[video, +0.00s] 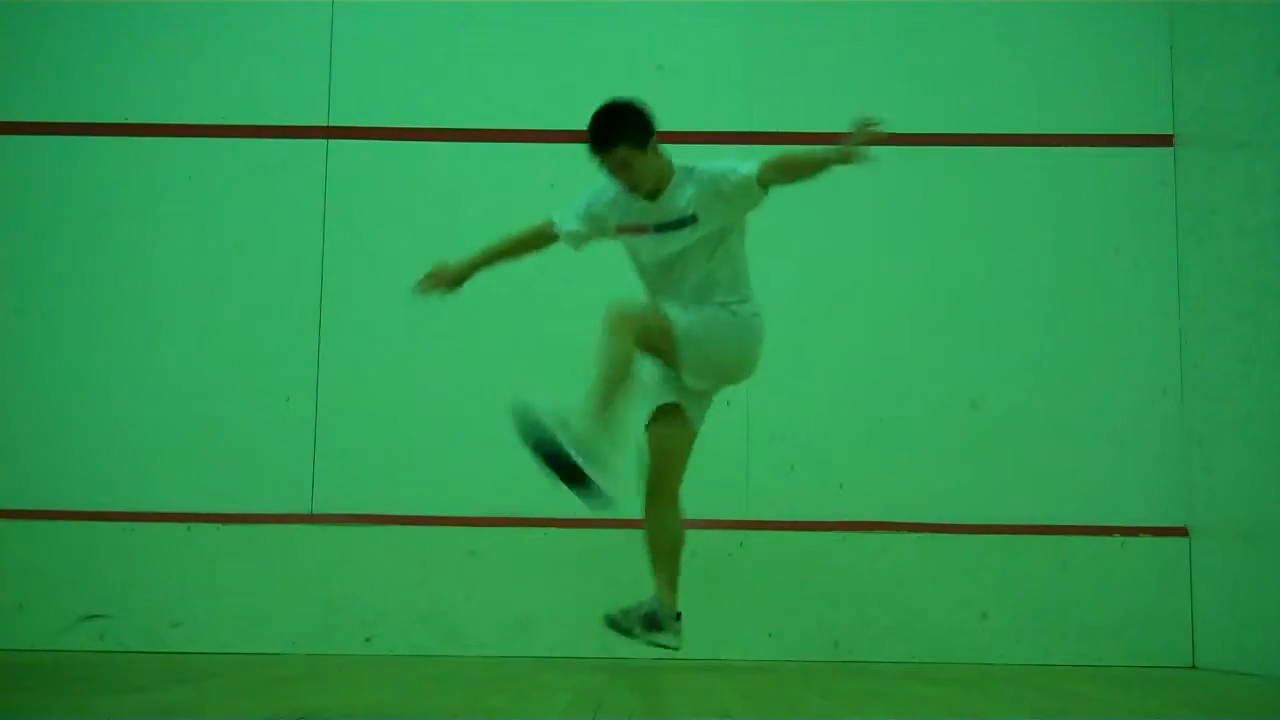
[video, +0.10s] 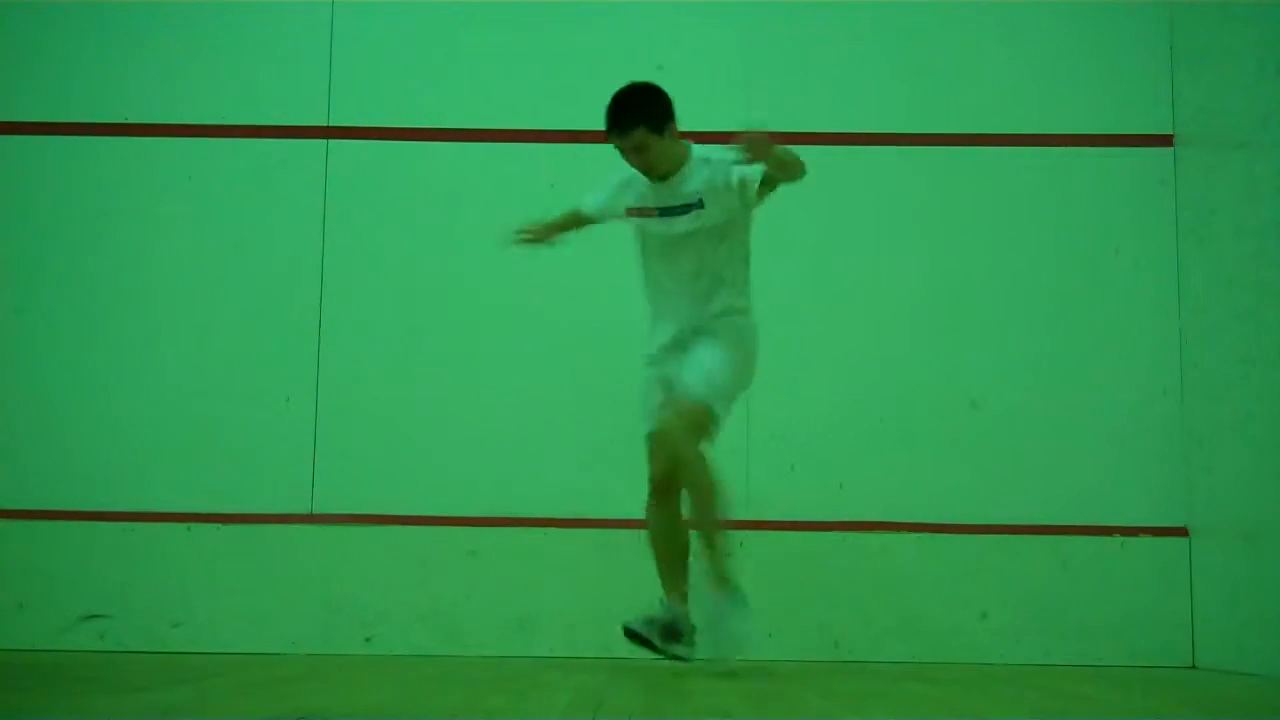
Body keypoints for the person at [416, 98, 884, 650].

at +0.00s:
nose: (619, 179)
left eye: (624, 166)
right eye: (611, 171)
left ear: (652, 146)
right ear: (608, 167)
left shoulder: (714, 183)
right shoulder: (612, 207)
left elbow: (776, 170)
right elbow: (544, 236)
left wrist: (842, 152)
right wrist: (466, 268)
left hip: (731, 335)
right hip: (681, 347)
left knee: (627, 320)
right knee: (661, 473)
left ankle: (594, 452)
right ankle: (664, 610)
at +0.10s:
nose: (633, 160)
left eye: (640, 146)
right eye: (625, 150)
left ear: (670, 131)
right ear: (621, 147)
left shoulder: (723, 175)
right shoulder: (631, 188)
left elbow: (793, 170)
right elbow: (584, 215)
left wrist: (767, 150)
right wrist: (546, 230)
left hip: (724, 335)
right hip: (668, 344)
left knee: (676, 434)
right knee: (661, 475)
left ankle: (724, 588)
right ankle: (676, 614)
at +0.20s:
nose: (642, 177)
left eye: (648, 163)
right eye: (634, 167)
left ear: (680, 149)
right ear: (631, 165)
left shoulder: (732, 197)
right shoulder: (655, 211)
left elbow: (798, 193)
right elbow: (667, 251)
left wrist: (746, 153)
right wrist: (634, 252)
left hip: (721, 385)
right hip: (662, 389)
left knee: (730, 502)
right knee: (639, 479)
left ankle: (766, 636)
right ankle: (673, 615)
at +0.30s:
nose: (635, 168)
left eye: (642, 154)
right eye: (627, 158)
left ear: (673, 142)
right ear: (623, 154)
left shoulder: (720, 188)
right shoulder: (637, 195)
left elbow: (774, 195)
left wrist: (734, 160)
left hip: (714, 359)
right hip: (657, 353)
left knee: (733, 488)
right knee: (599, 385)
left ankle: (757, 628)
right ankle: (665, 491)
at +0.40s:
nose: (629, 157)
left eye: (636, 144)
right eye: (618, 148)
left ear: (663, 131)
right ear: (610, 146)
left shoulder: (707, 180)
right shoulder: (616, 192)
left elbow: (725, 194)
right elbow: (643, 247)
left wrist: (699, 182)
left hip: (712, 340)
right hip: (652, 334)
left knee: (724, 478)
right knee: (549, 307)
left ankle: (734, 612)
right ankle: (661, 375)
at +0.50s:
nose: (620, 167)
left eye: (628, 153)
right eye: (611, 157)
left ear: (657, 139)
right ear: (603, 153)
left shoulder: (696, 181)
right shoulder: (608, 194)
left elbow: (715, 209)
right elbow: (629, 262)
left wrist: (678, 213)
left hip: (699, 349)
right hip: (637, 338)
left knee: (707, 490)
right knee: (524, 342)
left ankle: (715, 623)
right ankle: (604, 387)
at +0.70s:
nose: (601, 173)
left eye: (612, 160)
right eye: (590, 162)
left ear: (632, 146)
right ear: (576, 153)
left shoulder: (666, 195)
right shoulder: (556, 205)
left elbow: (722, 252)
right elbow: (554, 284)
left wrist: (695, 289)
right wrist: (561, 350)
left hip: (660, 375)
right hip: (588, 377)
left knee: (700, 487)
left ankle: (707, 602)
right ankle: (578, 629)